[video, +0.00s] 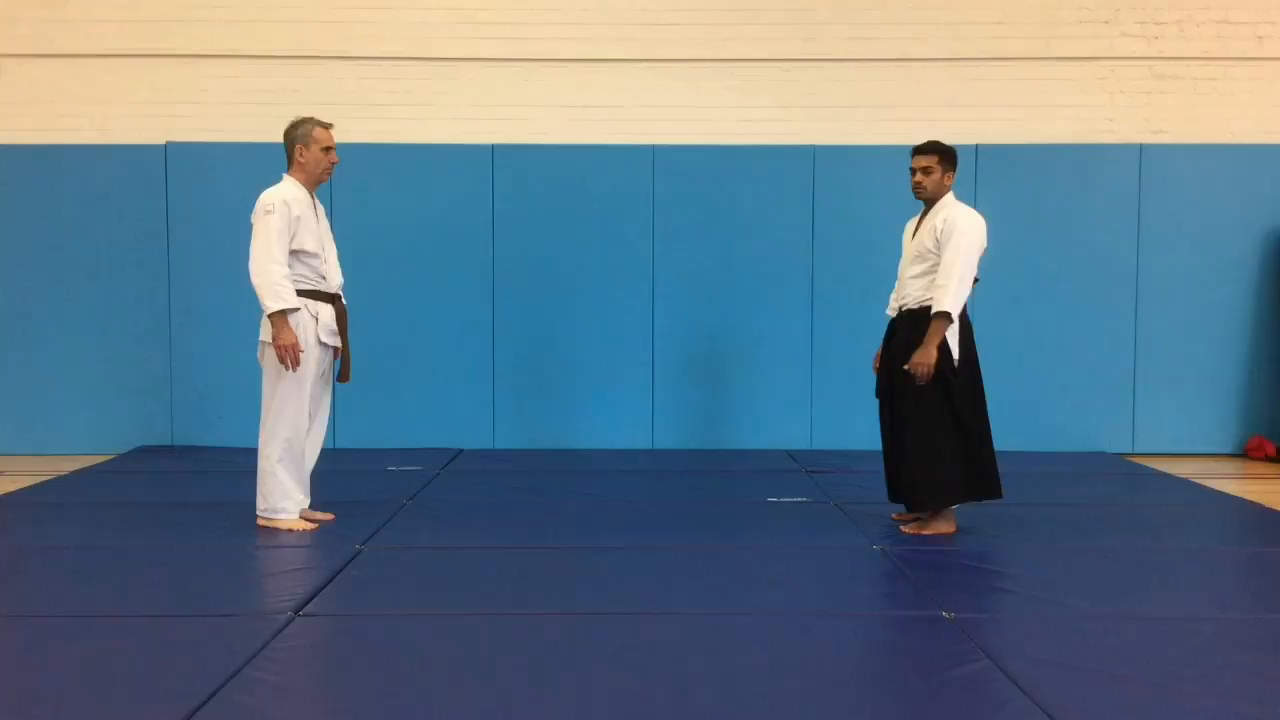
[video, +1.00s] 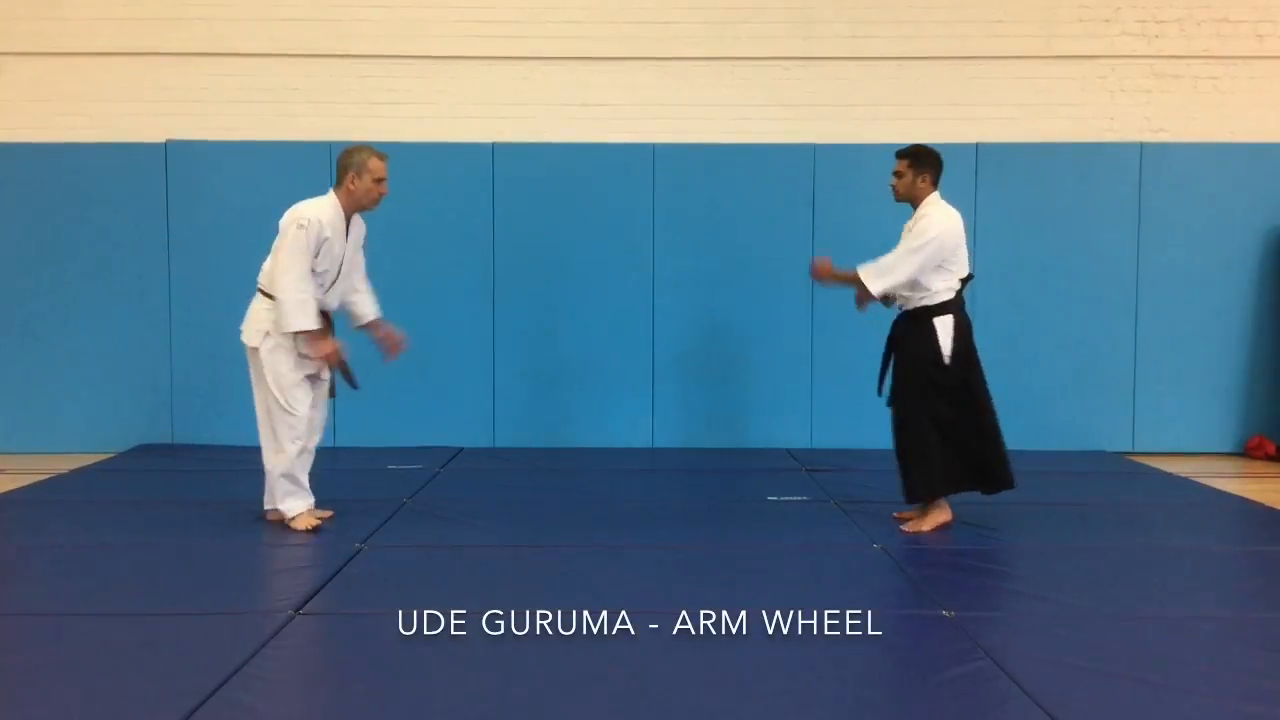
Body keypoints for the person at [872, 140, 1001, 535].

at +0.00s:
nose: (917, 179)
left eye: (926, 172)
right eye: (913, 172)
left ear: (948, 176)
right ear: (911, 176)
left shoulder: (964, 220)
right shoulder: (914, 224)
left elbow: (954, 286)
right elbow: (903, 288)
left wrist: (930, 343)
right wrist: (889, 343)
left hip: (937, 328)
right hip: (906, 327)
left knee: (936, 422)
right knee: (910, 420)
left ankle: (944, 514)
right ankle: (924, 505)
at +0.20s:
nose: (902, 183)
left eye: (909, 176)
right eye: (901, 176)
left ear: (935, 176)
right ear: (912, 177)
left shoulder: (959, 219)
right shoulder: (912, 222)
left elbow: (946, 285)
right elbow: (900, 286)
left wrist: (917, 338)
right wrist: (884, 336)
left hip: (940, 328)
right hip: (911, 327)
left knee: (935, 417)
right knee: (913, 417)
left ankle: (943, 512)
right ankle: (925, 504)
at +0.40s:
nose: (878, 196)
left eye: (883, 188)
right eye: (877, 189)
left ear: (909, 185)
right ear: (904, 188)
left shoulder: (943, 221)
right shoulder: (903, 229)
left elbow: (943, 288)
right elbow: (904, 293)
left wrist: (919, 344)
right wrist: (894, 343)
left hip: (952, 329)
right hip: (926, 330)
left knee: (945, 416)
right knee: (924, 416)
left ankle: (945, 513)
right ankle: (935, 505)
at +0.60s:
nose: (861, 213)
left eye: (865, 205)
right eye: (860, 206)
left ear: (890, 200)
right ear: (888, 202)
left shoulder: (928, 230)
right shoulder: (901, 235)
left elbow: (943, 294)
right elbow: (915, 298)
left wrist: (939, 354)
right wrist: (916, 350)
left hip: (954, 333)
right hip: (930, 332)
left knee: (950, 419)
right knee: (936, 419)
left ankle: (947, 511)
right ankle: (938, 503)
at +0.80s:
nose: (872, 193)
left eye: (878, 186)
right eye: (872, 186)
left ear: (903, 187)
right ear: (899, 188)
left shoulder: (931, 222)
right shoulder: (907, 226)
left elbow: (929, 290)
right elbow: (913, 289)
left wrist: (903, 342)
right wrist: (901, 341)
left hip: (946, 330)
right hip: (927, 329)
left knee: (939, 417)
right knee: (927, 416)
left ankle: (944, 511)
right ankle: (936, 503)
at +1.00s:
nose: (892, 181)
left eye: (899, 175)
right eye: (894, 175)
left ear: (923, 179)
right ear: (919, 180)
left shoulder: (939, 221)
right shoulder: (919, 220)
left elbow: (899, 266)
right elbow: (915, 276)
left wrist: (836, 275)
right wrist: (879, 288)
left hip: (936, 327)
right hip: (919, 325)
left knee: (922, 413)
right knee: (912, 413)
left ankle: (938, 504)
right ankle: (927, 501)